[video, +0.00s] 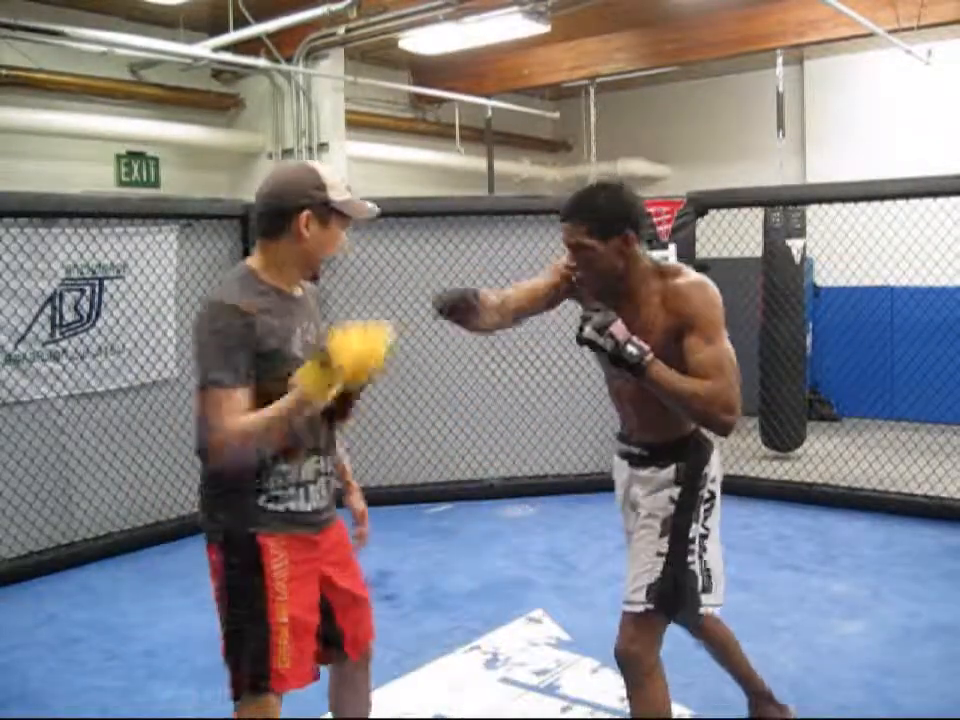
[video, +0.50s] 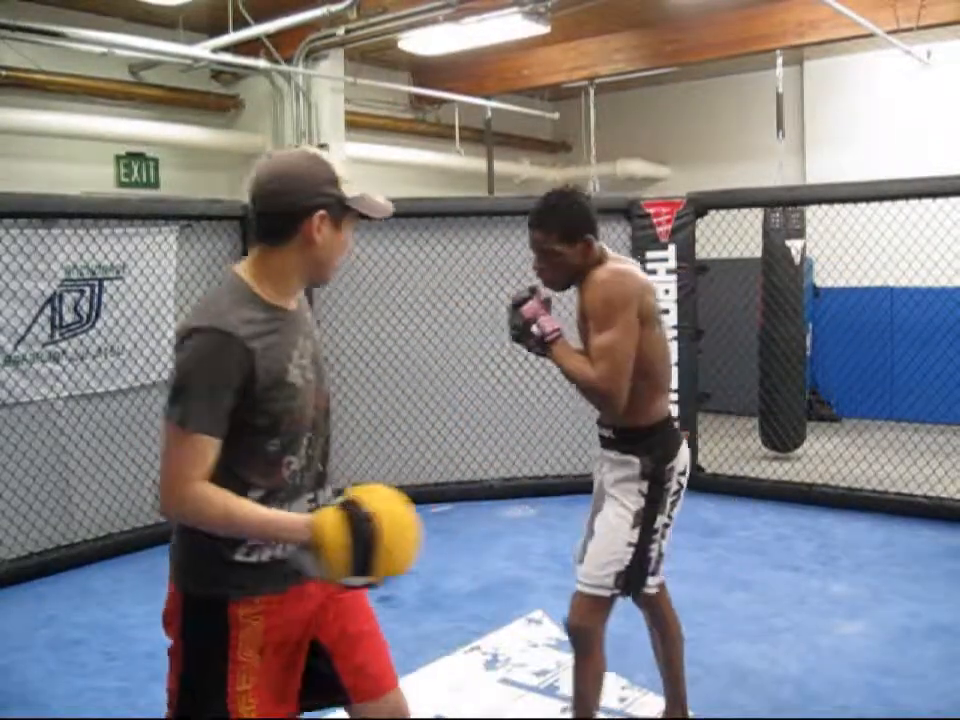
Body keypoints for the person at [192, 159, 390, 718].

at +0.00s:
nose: (343, 239)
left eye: (345, 226)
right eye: (339, 225)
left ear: (304, 227)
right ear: (303, 225)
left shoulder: (304, 298)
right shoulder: (228, 309)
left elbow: (309, 411)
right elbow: (222, 443)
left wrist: (347, 482)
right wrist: (306, 396)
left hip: (319, 519)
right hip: (255, 529)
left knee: (353, 651)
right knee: (261, 690)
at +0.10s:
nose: (339, 237)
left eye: (340, 222)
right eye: (332, 221)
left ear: (296, 225)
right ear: (293, 224)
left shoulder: (303, 296)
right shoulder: (214, 318)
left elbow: (290, 401)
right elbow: (164, 438)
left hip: (316, 530)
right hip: (251, 544)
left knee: (334, 670)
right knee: (246, 699)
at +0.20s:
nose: (326, 247)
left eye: (326, 233)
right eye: (319, 232)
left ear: (281, 235)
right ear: (280, 234)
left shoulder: (296, 309)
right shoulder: (192, 337)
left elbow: (290, 417)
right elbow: (150, 452)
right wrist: (177, 513)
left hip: (310, 557)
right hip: (240, 574)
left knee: (329, 690)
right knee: (243, 709)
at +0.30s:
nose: (323, 251)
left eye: (323, 237)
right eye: (316, 236)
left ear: (276, 236)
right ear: (277, 237)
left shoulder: (292, 305)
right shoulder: (179, 347)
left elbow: (282, 421)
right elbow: (142, 472)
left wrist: (292, 520)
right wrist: (192, 547)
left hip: (303, 556)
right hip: (226, 576)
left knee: (343, 691)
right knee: (226, 710)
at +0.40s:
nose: (332, 243)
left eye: (333, 228)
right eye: (327, 227)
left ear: (288, 227)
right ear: (291, 227)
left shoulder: (292, 295)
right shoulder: (191, 338)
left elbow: (283, 424)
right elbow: (147, 478)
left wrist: (306, 518)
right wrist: (249, 538)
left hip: (307, 561)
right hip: (224, 583)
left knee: (364, 701)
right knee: (225, 711)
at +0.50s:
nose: (350, 244)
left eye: (352, 228)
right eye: (348, 227)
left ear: (306, 227)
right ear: (317, 227)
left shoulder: (293, 301)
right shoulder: (219, 334)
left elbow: (275, 456)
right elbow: (181, 494)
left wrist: (343, 519)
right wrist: (313, 529)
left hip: (316, 579)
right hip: (236, 599)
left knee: (385, 708)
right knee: (224, 711)